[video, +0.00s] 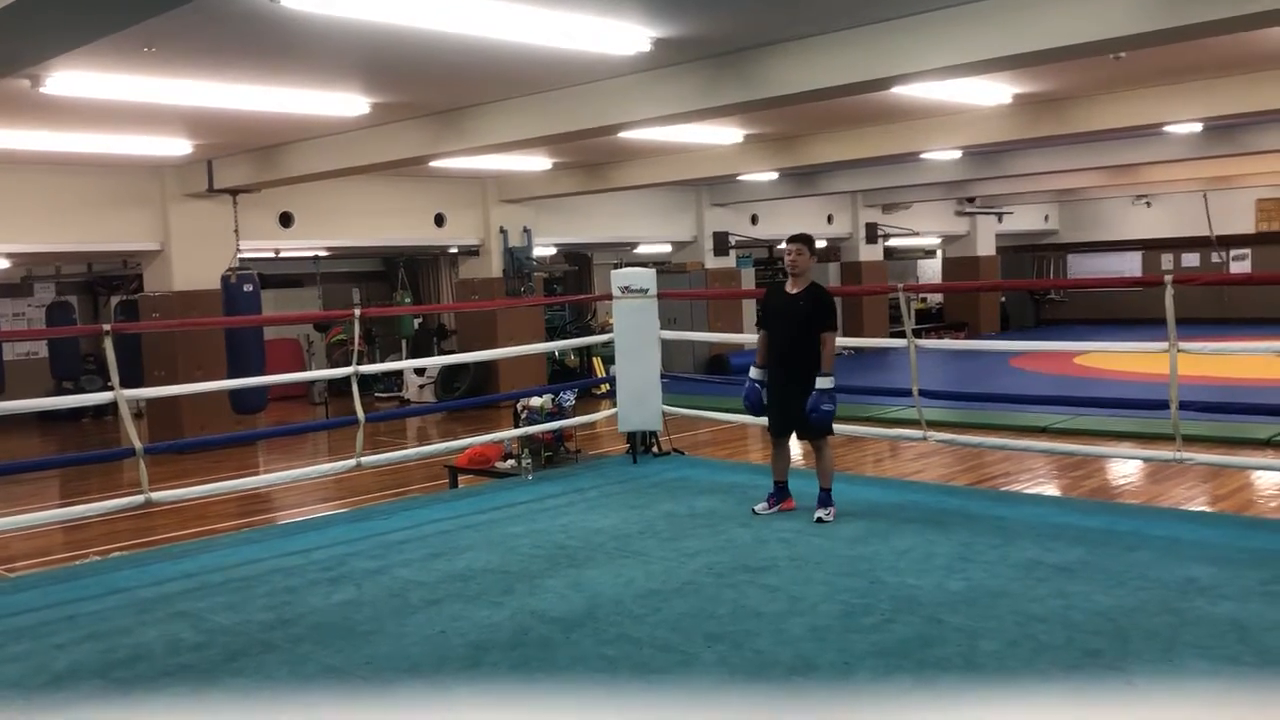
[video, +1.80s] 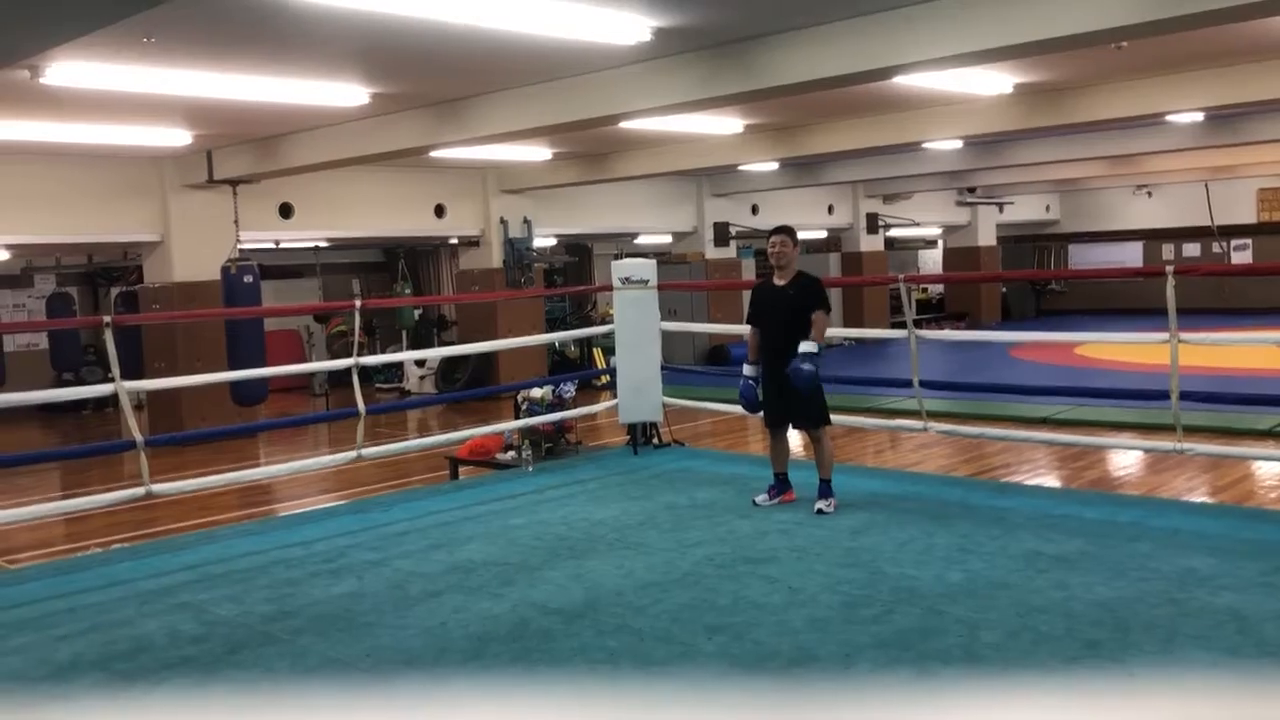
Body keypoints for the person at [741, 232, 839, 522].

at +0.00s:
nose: (792, 258)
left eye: (799, 253)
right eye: (788, 253)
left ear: (812, 259)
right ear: (783, 258)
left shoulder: (822, 298)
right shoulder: (773, 294)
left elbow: (828, 344)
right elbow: (764, 338)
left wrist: (825, 386)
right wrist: (755, 379)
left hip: (810, 383)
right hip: (778, 381)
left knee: (819, 442)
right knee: (778, 438)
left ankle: (825, 499)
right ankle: (780, 493)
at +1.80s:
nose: (777, 250)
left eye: (783, 245)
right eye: (772, 245)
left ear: (795, 249)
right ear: (767, 251)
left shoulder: (810, 284)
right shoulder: (761, 290)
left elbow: (820, 318)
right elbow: (754, 333)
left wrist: (810, 351)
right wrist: (750, 375)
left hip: (801, 367)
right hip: (770, 369)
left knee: (816, 431)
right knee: (775, 430)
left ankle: (825, 490)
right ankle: (781, 485)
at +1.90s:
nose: (778, 251)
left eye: (784, 246)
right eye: (774, 246)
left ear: (797, 251)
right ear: (768, 253)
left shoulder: (810, 285)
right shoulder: (762, 291)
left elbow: (817, 321)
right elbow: (755, 336)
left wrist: (799, 329)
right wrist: (750, 377)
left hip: (804, 370)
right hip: (772, 371)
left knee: (817, 430)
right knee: (776, 429)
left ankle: (825, 491)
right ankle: (781, 485)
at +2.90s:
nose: (775, 249)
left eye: (781, 244)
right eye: (771, 244)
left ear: (794, 248)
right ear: (766, 251)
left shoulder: (807, 284)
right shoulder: (762, 289)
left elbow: (817, 328)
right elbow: (758, 332)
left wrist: (822, 367)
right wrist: (753, 372)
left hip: (803, 370)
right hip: (773, 371)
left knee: (815, 429)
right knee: (776, 428)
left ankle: (825, 487)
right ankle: (781, 482)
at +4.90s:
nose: (774, 252)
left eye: (780, 246)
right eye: (770, 247)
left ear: (794, 249)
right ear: (766, 251)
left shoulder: (808, 285)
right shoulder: (761, 288)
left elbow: (816, 330)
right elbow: (754, 333)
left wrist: (815, 372)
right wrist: (748, 374)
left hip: (801, 371)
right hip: (770, 371)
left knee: (813, 431)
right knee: (774, 429)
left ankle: (824, 490)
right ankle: (780, 484)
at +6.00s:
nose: (776, 250)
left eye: (783, 245)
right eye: (773, 245)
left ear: (798, 248)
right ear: (770, 250)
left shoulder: (813, 285)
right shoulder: (766, 286)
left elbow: (821, 329)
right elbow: (758, 330)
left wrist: (819, 372)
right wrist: (752, 372)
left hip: (804, 370)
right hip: (773, 370)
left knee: (817, 430)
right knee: (777, 428)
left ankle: (826, 488)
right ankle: (783, 483)